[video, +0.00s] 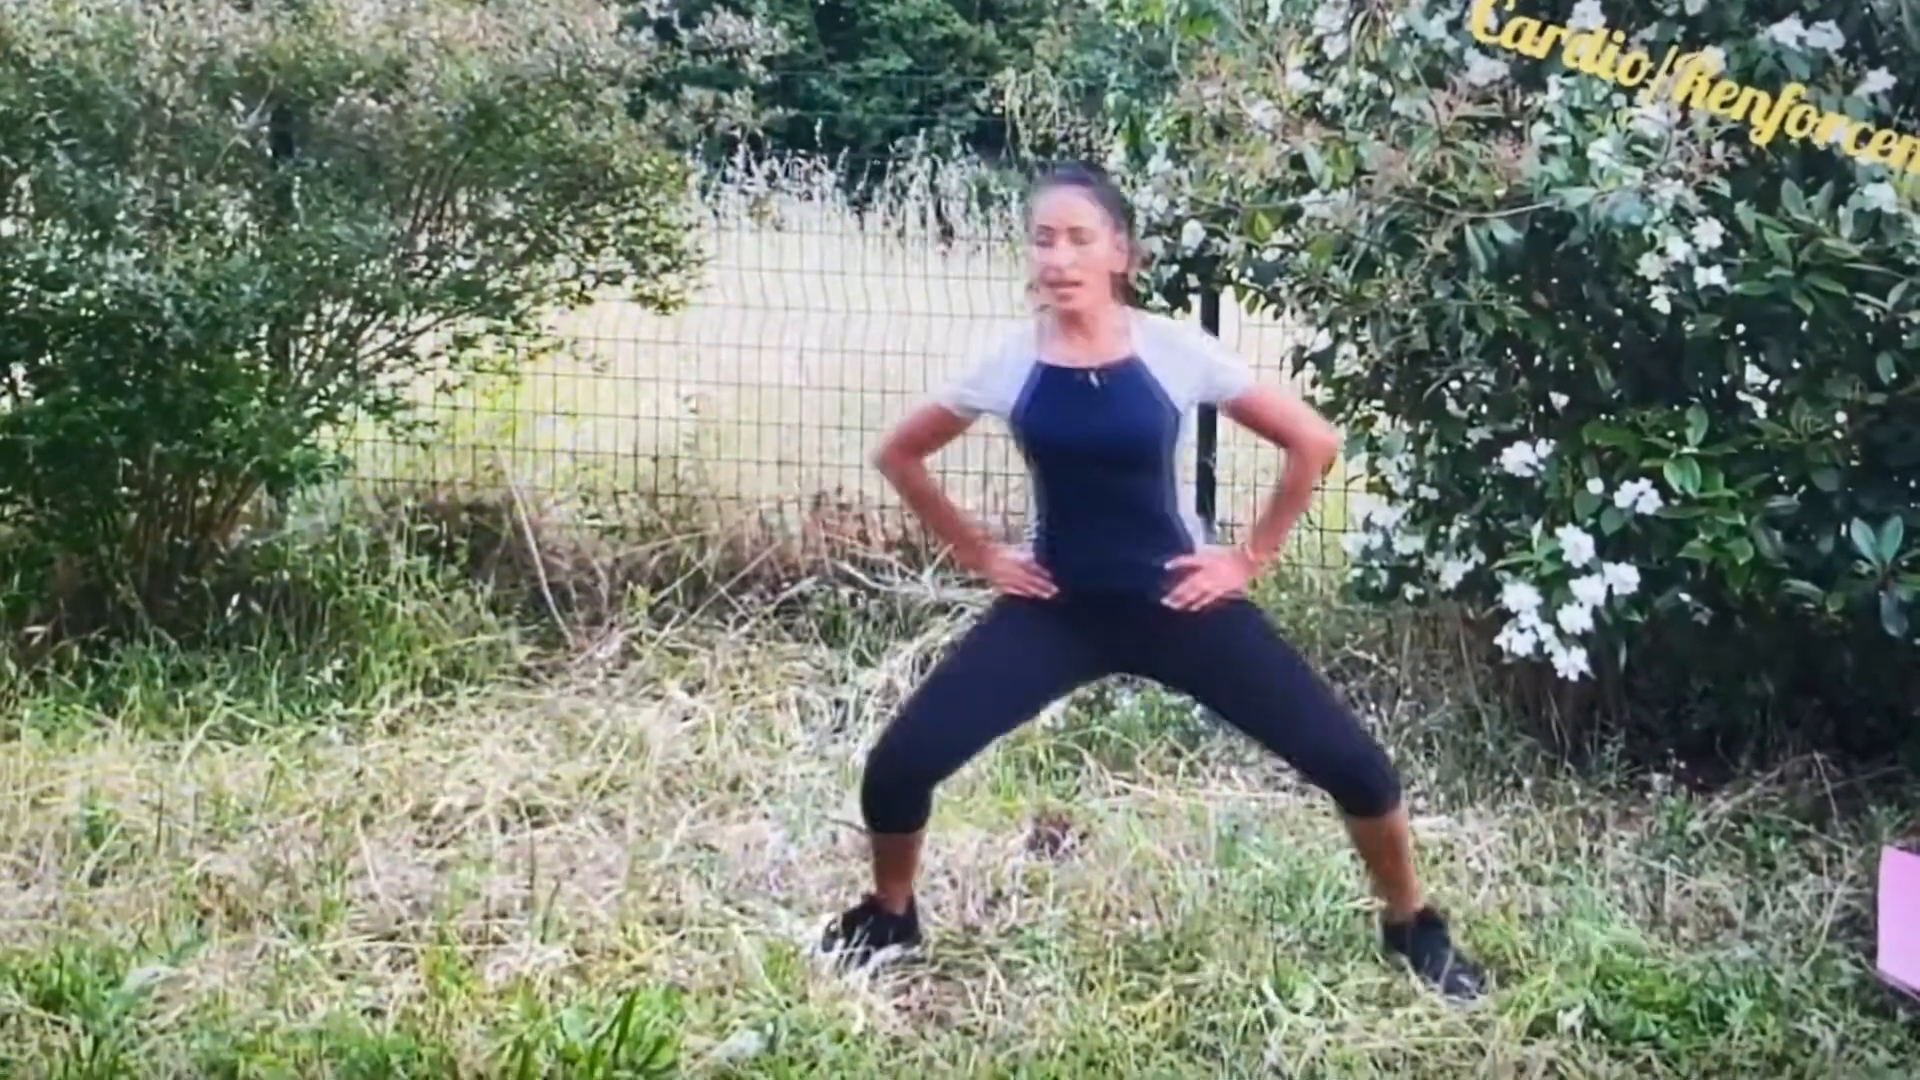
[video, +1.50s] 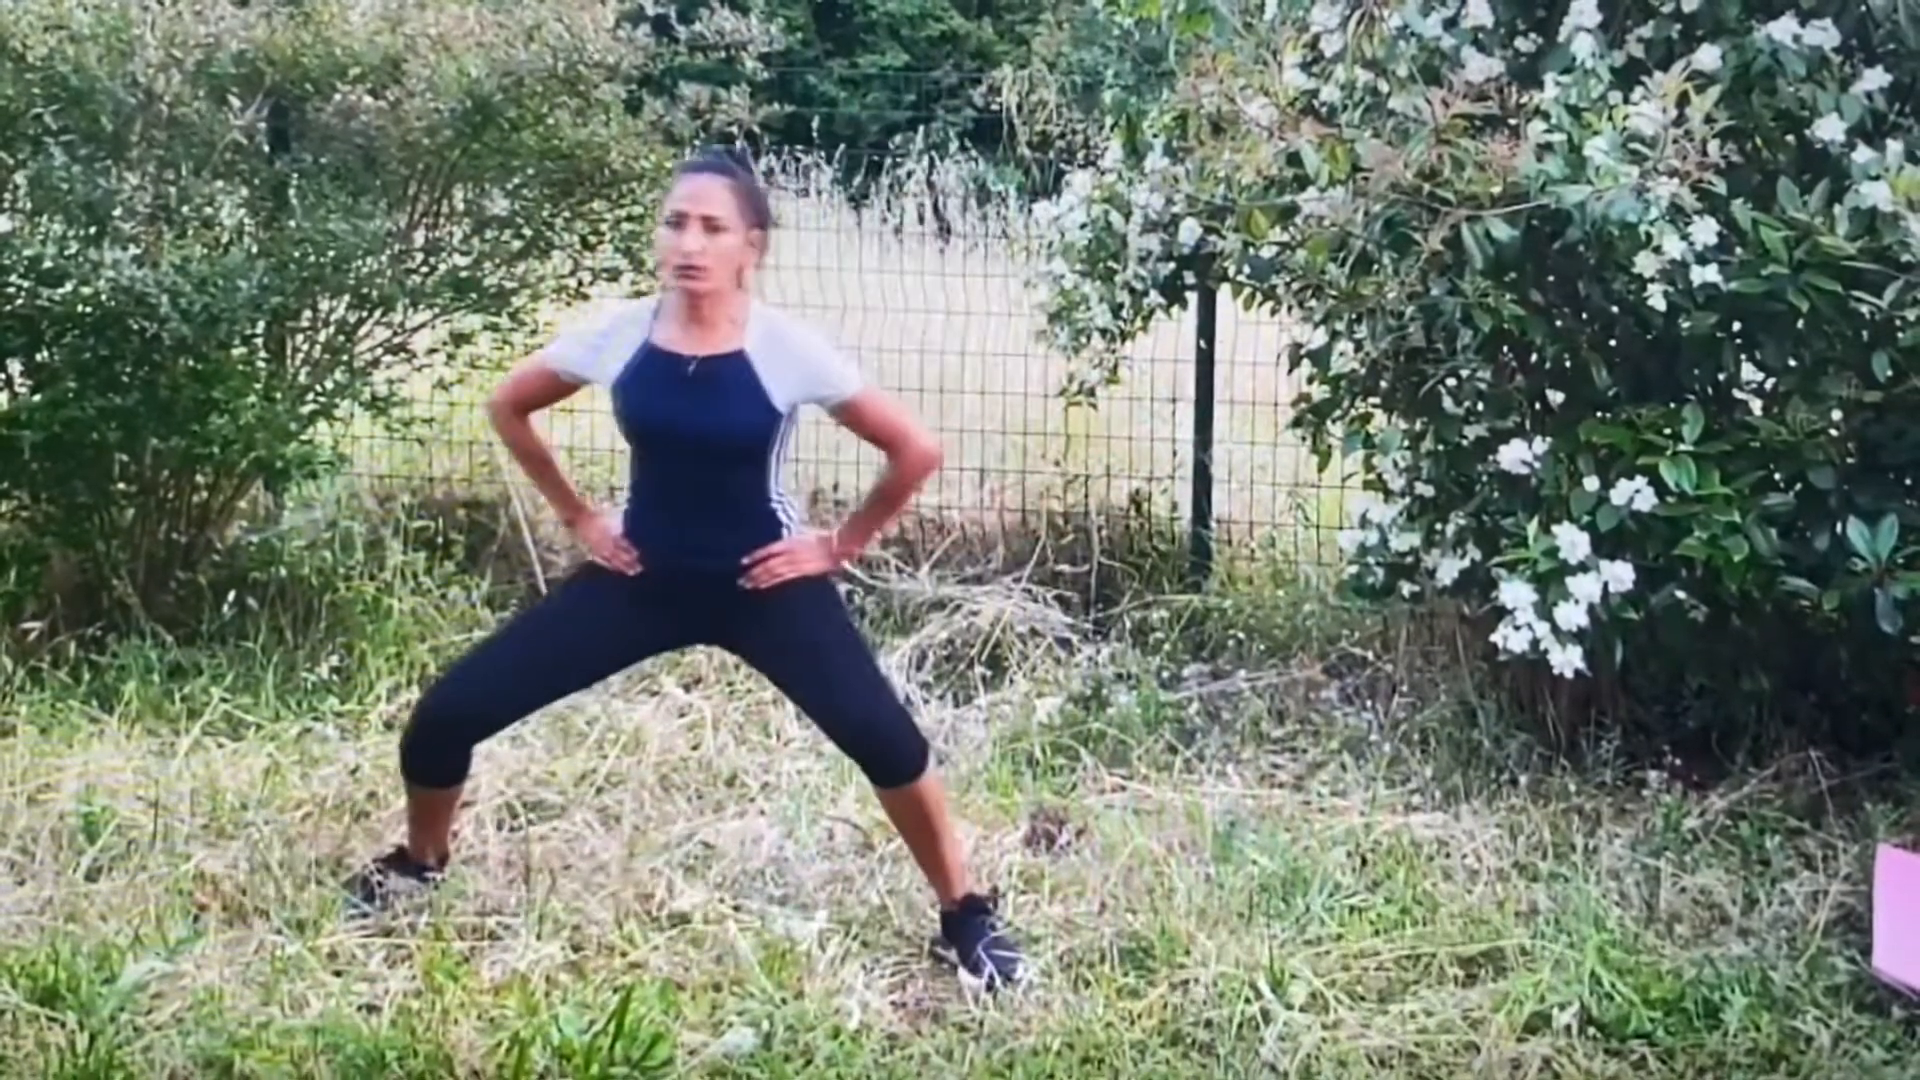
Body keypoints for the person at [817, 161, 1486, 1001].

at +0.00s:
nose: (1056, 258)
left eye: (1077, 237)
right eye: (1041, 239)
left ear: (1122, 255)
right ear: (1026, 255)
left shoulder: (1177, 352)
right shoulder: (1011, 361)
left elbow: (1316, 443)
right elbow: (895, 454)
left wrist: (1250, 558)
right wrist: (980, 553)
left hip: (1181, 611)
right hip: (1054, 613)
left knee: (1360, 770)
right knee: (896, 767)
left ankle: (1413, 927)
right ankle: (888, 917)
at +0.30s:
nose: (1096, 254)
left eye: (1118, 232)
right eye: (1082, 237)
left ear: (1166, 247)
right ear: (1067, 253)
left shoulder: (1221, 348)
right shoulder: (1049, 357)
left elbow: (1352, 443)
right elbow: (937, 445)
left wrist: (1292, 559)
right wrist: (1010, 545)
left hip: (1218, 608)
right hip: (1086, 609)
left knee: (1383, 772)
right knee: (924, 766)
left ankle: (1415, 927)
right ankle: (886, 916)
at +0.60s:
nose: (981, 206)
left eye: (1004, 188)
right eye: (972, 188)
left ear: (1056, 208)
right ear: (959, 204)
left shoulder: (1098, 309)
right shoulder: (940, 309)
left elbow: (1237, 403)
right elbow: (838, 401)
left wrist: (1181, 515)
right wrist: (908, 502)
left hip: (1103, 570)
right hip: (980, 570)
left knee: (1248, 754)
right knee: (854, 758)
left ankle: (1398, 916)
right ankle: (883, 911)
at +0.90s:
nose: (920, 162)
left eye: (944, 145)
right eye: (909, 144)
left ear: (994, 166)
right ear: (896, 160)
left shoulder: (1033, 277)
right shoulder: (871, 257)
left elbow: (1149, 401)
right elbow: (749, 316)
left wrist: (1070, 493)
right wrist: (814, 435)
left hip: (995, 530)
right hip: (873, 512)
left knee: (1006, 747)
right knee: (757, 683)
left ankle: (968, 913)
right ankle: (828, 863)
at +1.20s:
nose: (842, 189)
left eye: (864, 172)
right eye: (830, 172)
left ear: (909, 196)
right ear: (813, 189)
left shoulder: (937, 309)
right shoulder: (780, 280)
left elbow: (1048, 434)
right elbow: (647, 328)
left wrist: (962, 516)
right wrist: (704, 448)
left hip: (879, 550)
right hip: (759, 529)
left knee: (940, 737)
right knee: (568, 663)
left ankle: (969, 918)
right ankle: (458, 831)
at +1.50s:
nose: (687, 243)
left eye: (710, 227)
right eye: (675, 224)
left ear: (754, 249)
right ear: (656, 241)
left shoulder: (789, 349)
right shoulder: (615, 333)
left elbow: (916, 452)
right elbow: (506, 409)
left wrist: (841, 545)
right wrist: (582, 517)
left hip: (767, 592)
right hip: (640, 586)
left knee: (889, 741)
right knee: (442, 718)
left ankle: (967, 919)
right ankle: (418, 867)